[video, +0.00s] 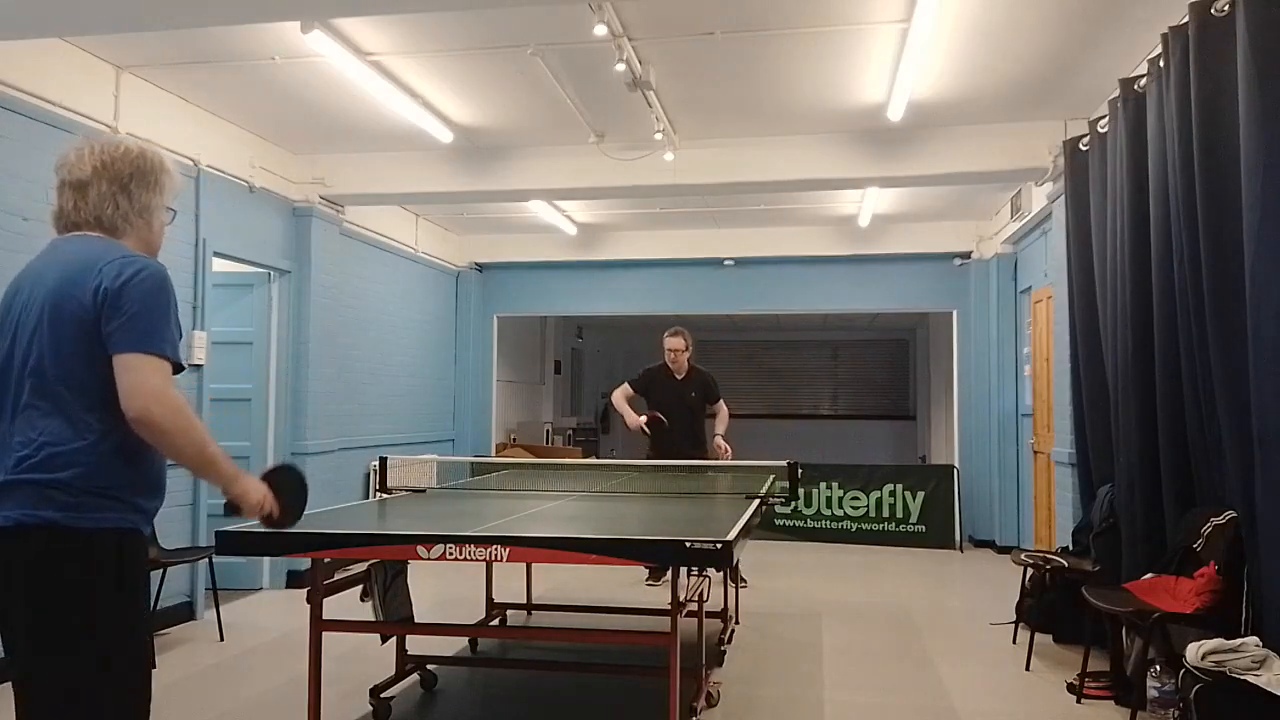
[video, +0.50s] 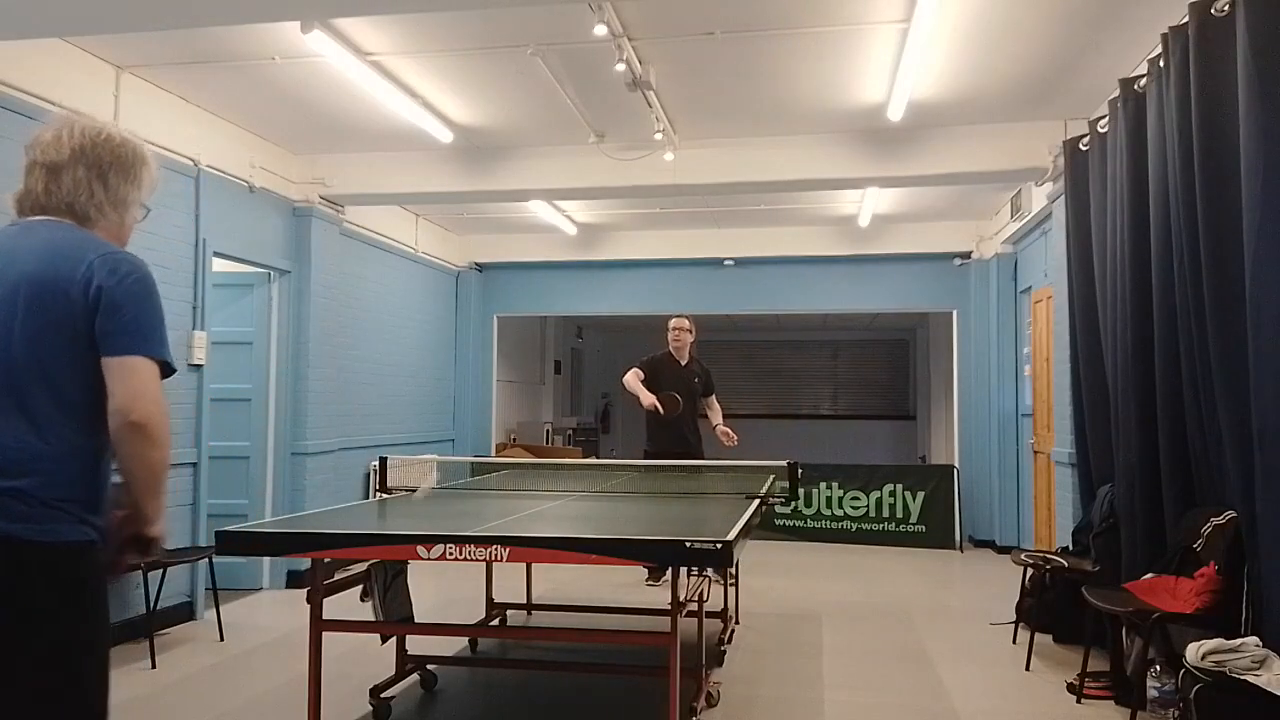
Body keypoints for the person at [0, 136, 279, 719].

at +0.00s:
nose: (166, 230)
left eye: (167, 216)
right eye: (164, 214)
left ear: (75, 206)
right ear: (134, 208)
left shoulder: (26, 279)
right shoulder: (132, 272)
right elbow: (147, 403)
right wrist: (234, 481)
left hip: (17, 533)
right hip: (87, 536)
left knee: (41, 703)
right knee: (105, 703)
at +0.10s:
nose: (164, 227)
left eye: (166, 212)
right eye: (162, 210)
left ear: (68, 203)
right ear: (131, 204)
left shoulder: (17, 276)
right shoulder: (132, 271)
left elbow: (18, 406)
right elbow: (149, 406)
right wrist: (235, 493)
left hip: (11, 539)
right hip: (85, 547)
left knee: (23, 703)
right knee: (101, 706)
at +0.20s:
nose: (163, 221)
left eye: (165, 206)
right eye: (161, 204)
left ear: (64, 194)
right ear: (128, 197)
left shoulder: (14, 265)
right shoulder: (130, 267)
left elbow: (28, 411)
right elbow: (149, 404)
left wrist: (124, 530)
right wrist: (236, 498)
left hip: (7, 539)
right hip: (77, 548)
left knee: (17, 702)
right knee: (97, 706)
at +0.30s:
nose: (159, 214)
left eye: (161, 200)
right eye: (157, 198)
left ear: (61, 186)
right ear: (124, 193)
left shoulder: (13, 254)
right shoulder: (125, 262)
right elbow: (146, 400)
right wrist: (217, 490)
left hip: (5, 535)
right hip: (68, 544)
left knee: (15, 697)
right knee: (83, 704)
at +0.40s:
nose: (152, 218)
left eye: (156, 204)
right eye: (151, 202)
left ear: (52, 185)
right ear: (119, 194)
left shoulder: (12, 248)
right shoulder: (120, 263)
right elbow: (144, 405)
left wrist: (121, 504)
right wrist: (187, 503)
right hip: (59, 547)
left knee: (21, 699)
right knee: (76, 705)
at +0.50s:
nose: (139, 223)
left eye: (144, 209)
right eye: (139, 206)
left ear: (37, 185)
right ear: (109, 197)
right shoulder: (112, 270)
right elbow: (136, 416)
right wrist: (146, 515)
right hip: (45, 548)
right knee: (62, 705)